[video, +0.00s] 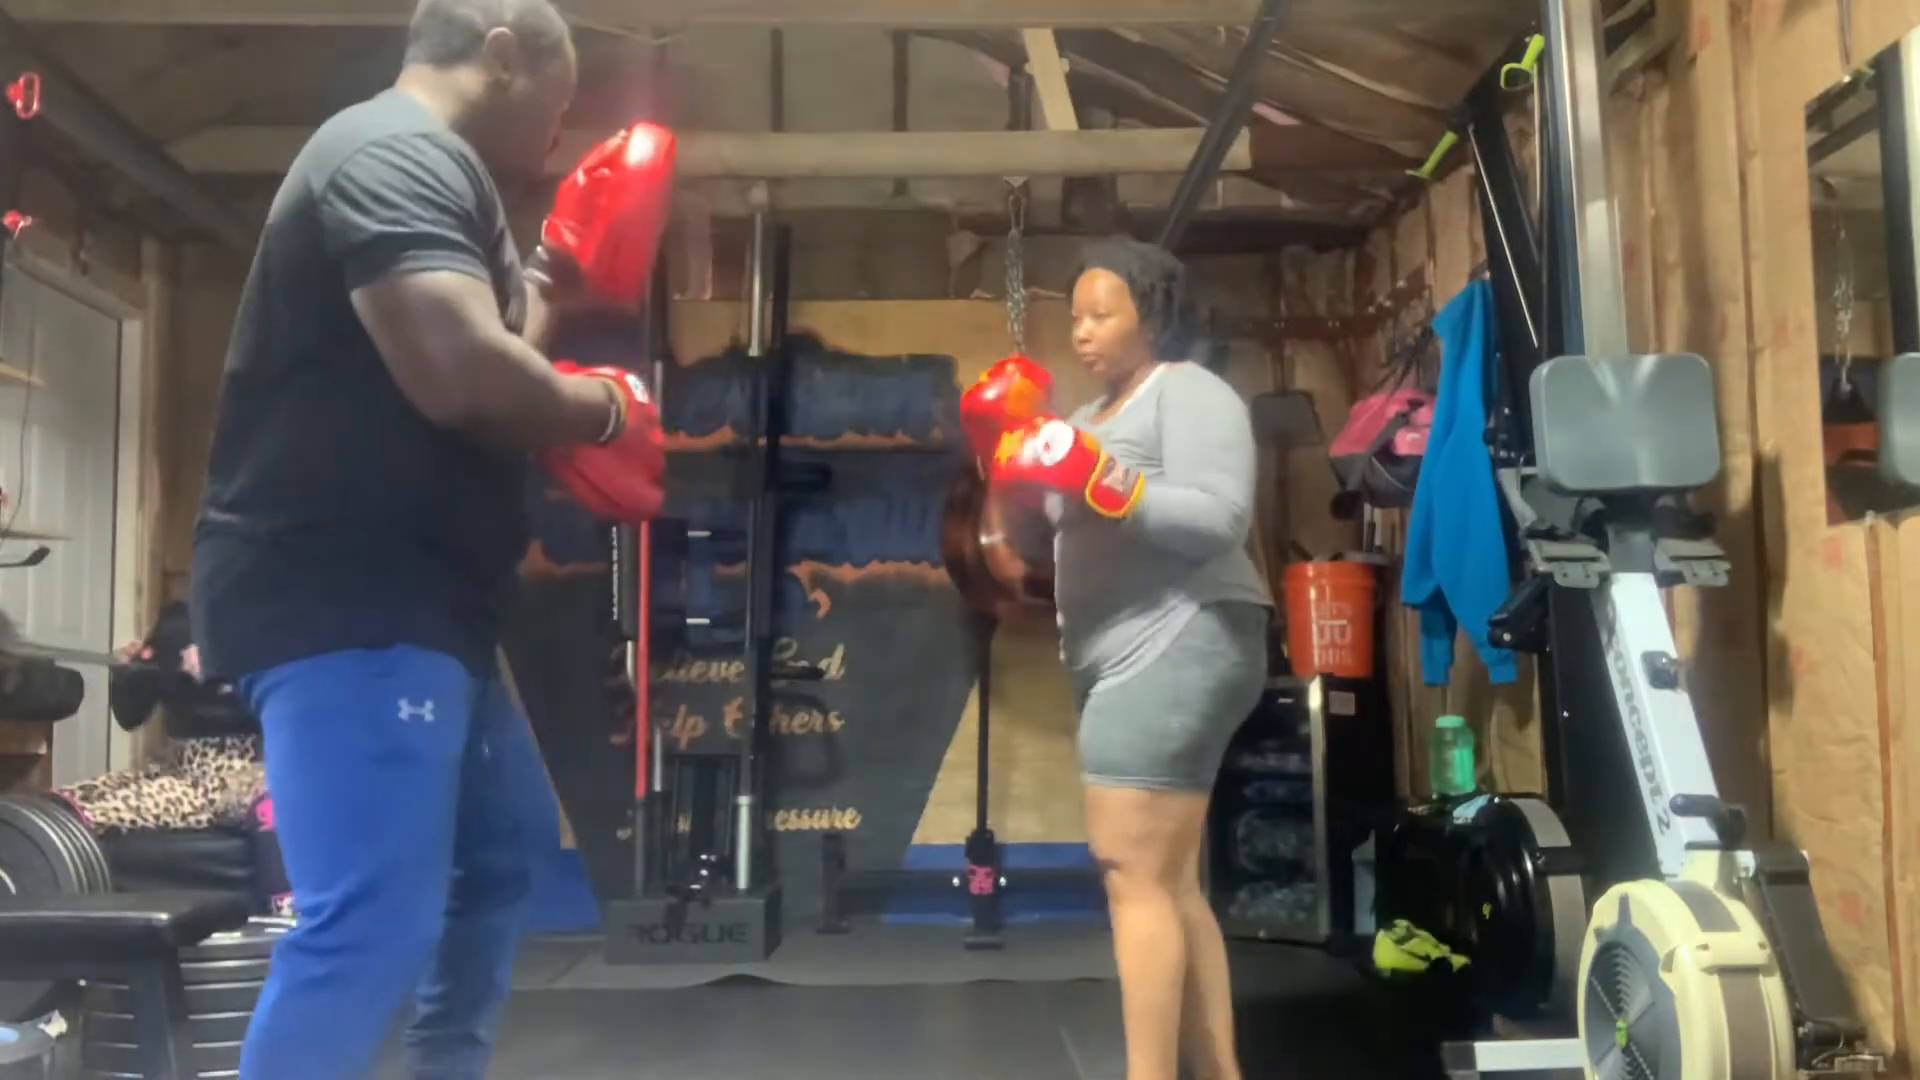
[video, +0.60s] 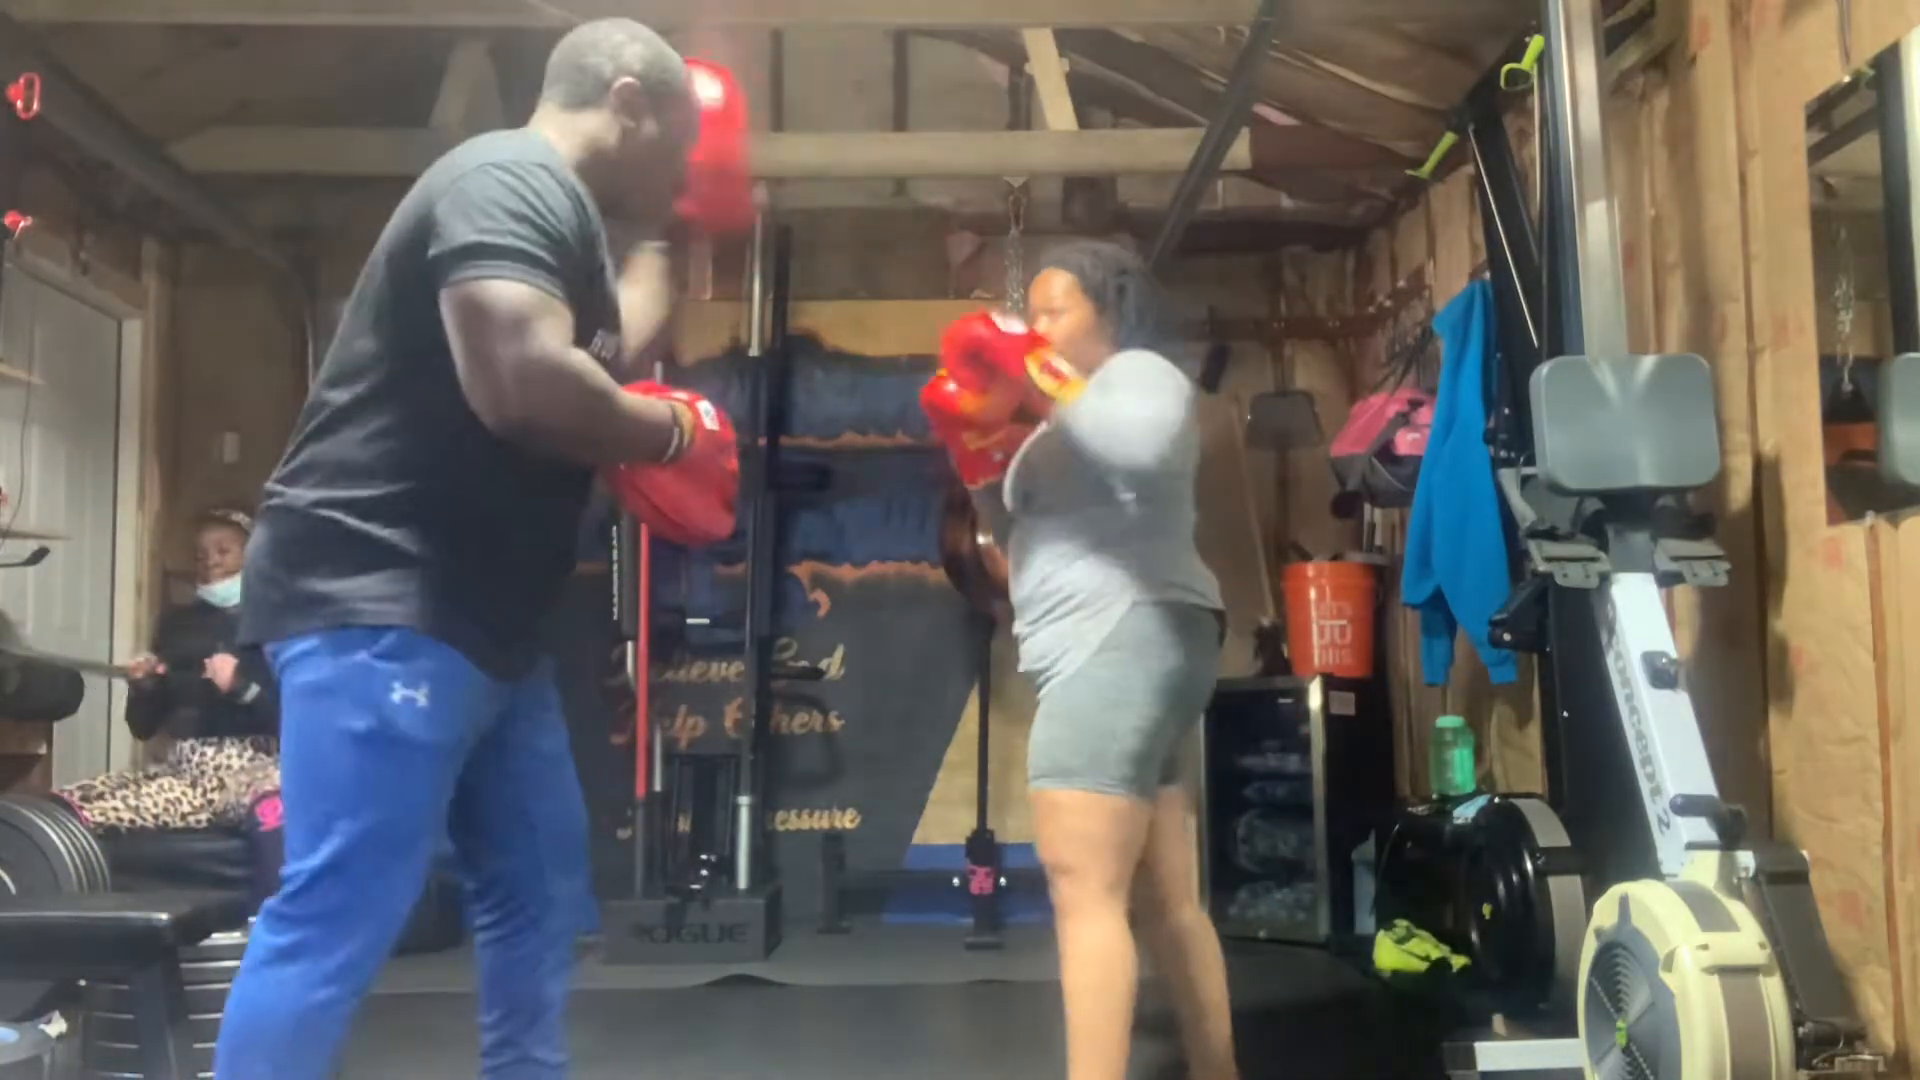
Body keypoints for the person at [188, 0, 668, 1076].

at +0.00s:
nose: (552, 149)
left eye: (562, 122)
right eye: (555, 114)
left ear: (469, 52)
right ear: (504, 56)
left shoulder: (439, 174)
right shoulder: (390, 149)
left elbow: (484, 391)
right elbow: (458, 377)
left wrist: (549, 294)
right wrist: (590, 402)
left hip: (425, 599)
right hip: (348, 597)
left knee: (504, 862)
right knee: (369, 922)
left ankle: (443, 1068)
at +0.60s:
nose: (684, 169)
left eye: (691, 143)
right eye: (684, 137)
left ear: (609, 105)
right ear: (629, 100)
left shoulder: (564, 222)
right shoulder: (506, 176)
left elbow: (607, 367)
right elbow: (518, 381)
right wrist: (665, 428)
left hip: (487, 621)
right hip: (379, 602)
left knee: (538, 904)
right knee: (335, 920)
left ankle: (524, 1073)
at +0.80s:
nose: (674, 179)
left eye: (679, 154)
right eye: (673, 147)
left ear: (597, 112)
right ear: (616, 110)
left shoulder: (556, 229)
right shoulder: (495, 190)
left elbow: (598, 363)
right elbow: (524, 394)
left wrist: (723, 311)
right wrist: (669, 456)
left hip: (478, 639)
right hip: (367, 622)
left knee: (561, 868)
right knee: (285, 929)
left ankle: (534, 1071)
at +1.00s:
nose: (724, 210)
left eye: (729, 186)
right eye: (723, 180)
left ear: (611, 141)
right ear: (670, 144)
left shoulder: (545, 233)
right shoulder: (593, 244)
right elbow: (701, 488)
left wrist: (713, 370)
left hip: (511, 656)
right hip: (421, 645)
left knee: (625, 864)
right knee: (295, 949)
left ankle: (574, 1071)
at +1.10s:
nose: (795, 210)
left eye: (799, 185)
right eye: (792, 180)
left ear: (694, 147)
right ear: (741, 149)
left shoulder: (640, 228)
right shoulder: (684, 243)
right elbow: (780, 471)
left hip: (569, 629)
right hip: (477, 618)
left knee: (643, 885)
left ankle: (579, 1069)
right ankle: (269, 1078)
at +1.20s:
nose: (881, 215)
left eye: (887, 191)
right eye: (880, 186)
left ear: (793, 158)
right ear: (826, 160)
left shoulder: (708, 227)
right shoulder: (745, 252)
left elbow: (853, 344)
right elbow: (833, 469)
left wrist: (968, 379)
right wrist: (855, 429)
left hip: (529, 591)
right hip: (571, 596)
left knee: (656, 889)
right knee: (719, 893)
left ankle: (559, 1069)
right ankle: (526, 1073)